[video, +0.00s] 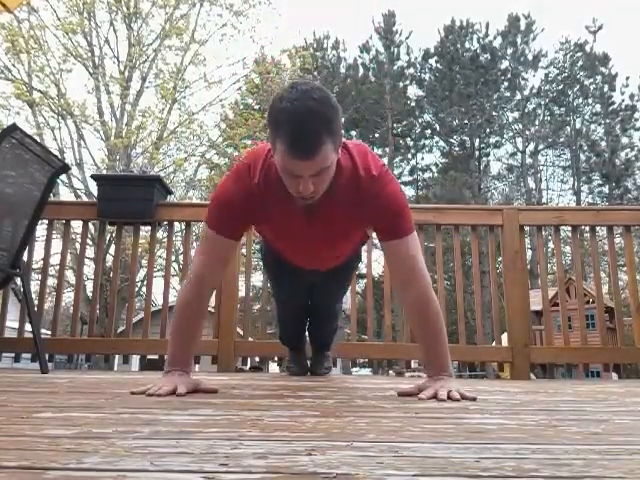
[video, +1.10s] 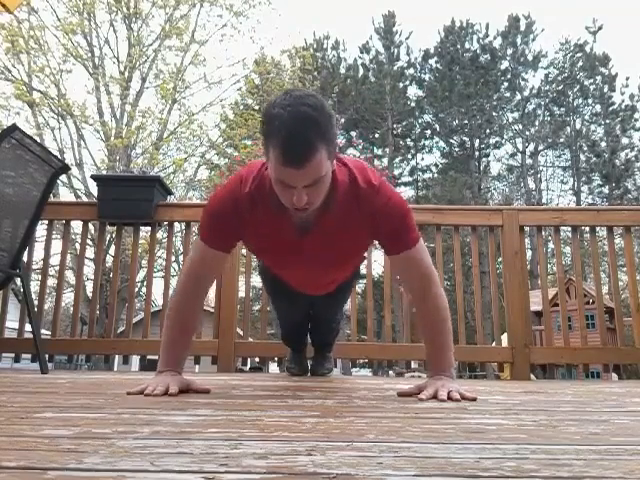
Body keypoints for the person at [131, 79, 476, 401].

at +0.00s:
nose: (306, 187)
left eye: (319, 173)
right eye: (293, 174)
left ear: (338, 148)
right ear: (272, 151)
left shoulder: (372, 183)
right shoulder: (243, 183)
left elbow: (413, 282)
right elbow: (199, 282)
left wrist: (440, 374)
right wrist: (177, 370)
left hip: (341, 252)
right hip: (282, 250)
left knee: (326, 313)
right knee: (290, 313)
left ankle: (321, 353)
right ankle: (295, 354)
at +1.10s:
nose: (299, 199)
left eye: (313, 184)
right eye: (285, 185)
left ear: (334, 158)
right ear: (266, 161)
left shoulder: (375, 198)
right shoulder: (233, 201)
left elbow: (424, 284)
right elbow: (193, 285)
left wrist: (442, 375)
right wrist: (168, 370)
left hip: (338, 278)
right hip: (279, 274)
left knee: (327, 325)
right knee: (292, 324)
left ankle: (323, 352)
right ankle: (297, 350)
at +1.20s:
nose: (296, 255)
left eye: (309, 241)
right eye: (281, 242)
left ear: (331, 209)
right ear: (260, 215)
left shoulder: (374, 227)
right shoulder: (231, 231)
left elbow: (437, 291)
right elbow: (176, 289)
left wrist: (443, 375)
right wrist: (166, 370)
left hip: (334, 308)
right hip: (280, 307)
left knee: (324, 338)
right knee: (293, 338)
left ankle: (323, 356)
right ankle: (295, 356)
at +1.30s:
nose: (296, 297)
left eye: (309, 287)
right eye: (282, 289)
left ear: (332, 252)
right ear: (258, 256)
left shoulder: (374, 251)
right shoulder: (231, 254)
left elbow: (441, 294)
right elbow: (167, 290)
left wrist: (442, 374)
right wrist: (166, 370)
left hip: (337, 322)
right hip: (276, 327)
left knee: (324, 343)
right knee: (292, 345)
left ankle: (321, 354)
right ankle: (296, 355)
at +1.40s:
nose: (294, 343)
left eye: (306, 332)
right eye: (278, 334)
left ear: (330, 290)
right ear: (254, 292)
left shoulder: (368, 273)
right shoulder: (231, 274)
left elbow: (444, 294)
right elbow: (166, 287)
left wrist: (443, 374)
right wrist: (165, 369)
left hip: (340, 351)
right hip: (271, 352)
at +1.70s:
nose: (294, 320)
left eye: (306, 310)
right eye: (279, 311)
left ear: (330, 274)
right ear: (256, 276)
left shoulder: (367, 265)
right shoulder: (230, 263)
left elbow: (443, 293)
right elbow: (165, 290)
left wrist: (444, 375)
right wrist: (165, 370)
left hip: (338, 332)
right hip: (270, 337)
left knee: (328, 348)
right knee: (287, 352)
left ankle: (324, 357)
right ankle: (297, 356)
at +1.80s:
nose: (295, 278)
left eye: (307, 267)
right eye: (281, 268)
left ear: (333, 237)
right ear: (260, 240)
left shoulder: (370, 241)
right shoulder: (231, 242)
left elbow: (440, 293)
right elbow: (171, 289)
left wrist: (443, 376)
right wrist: (166, 369)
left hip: (336, 316)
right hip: (280, 319)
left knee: (326, 341)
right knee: (292, 343)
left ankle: (321, 357)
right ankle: (297, 356)